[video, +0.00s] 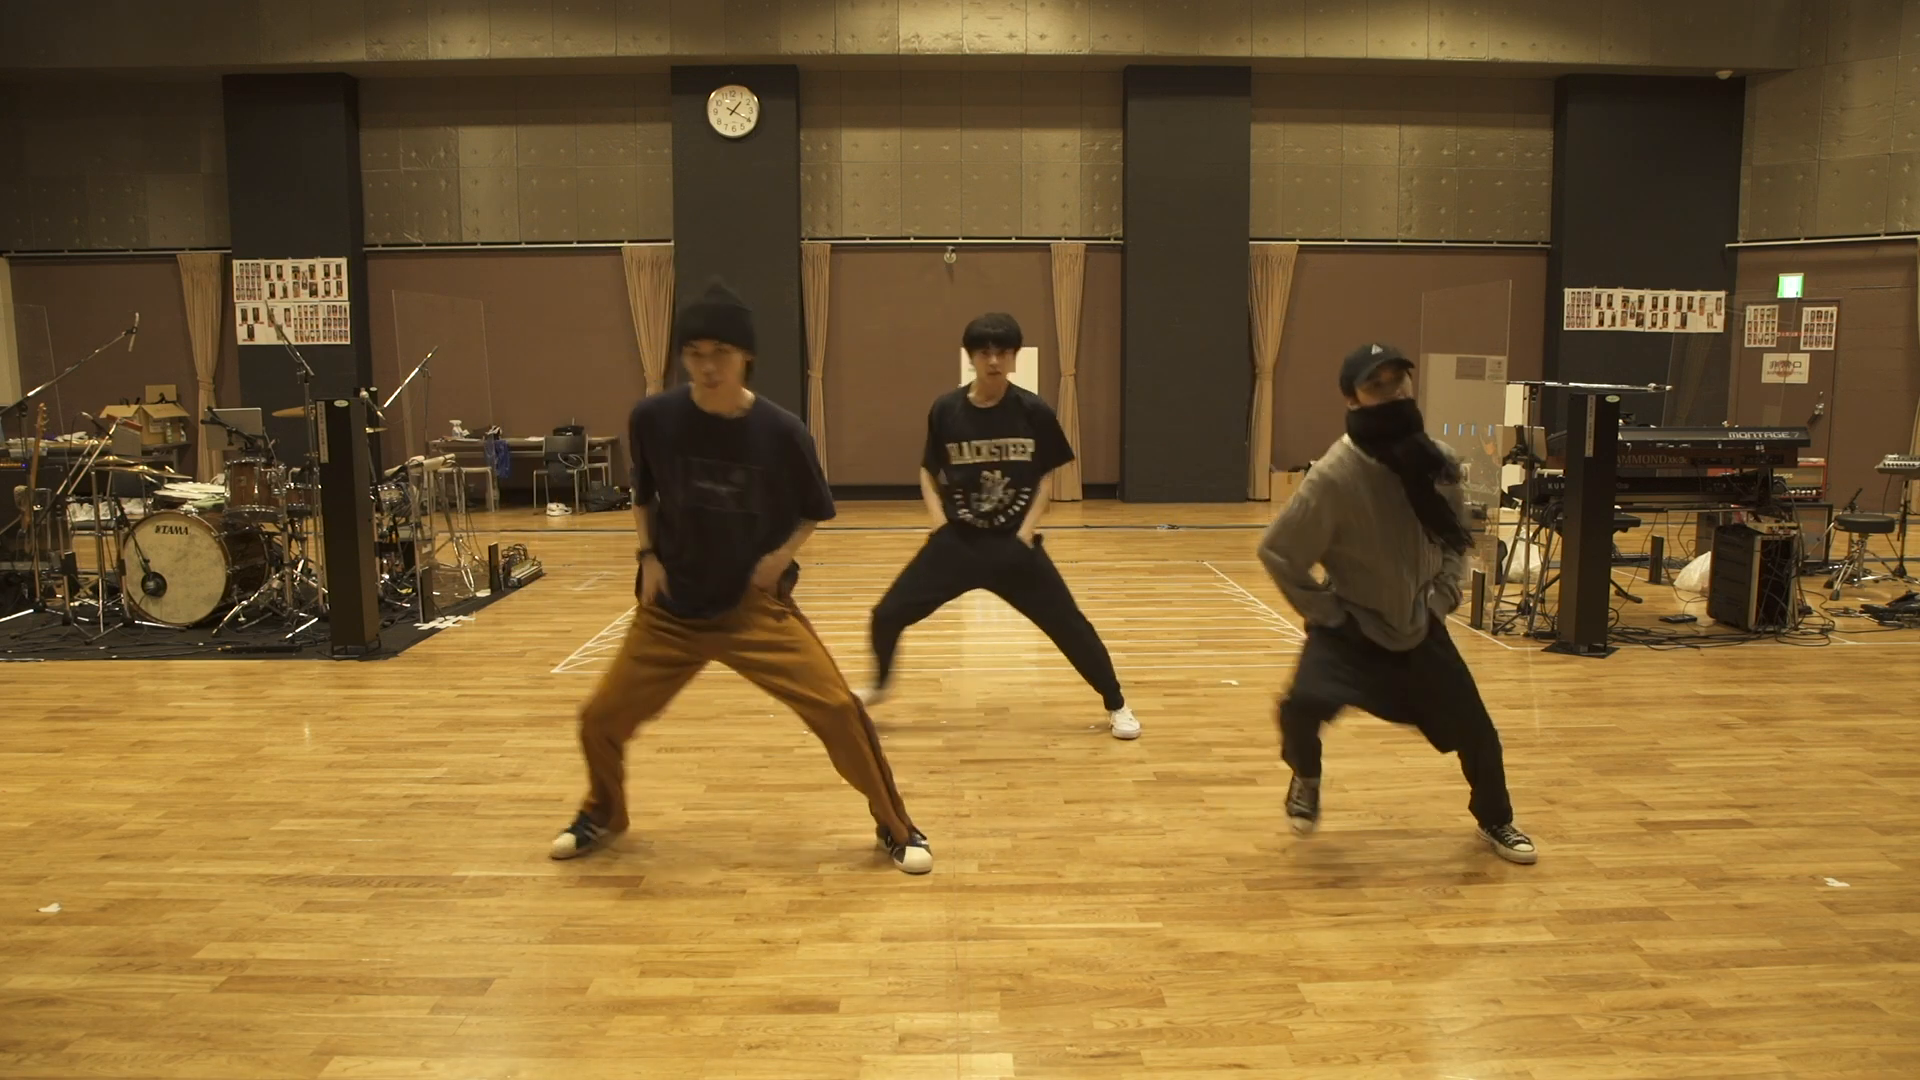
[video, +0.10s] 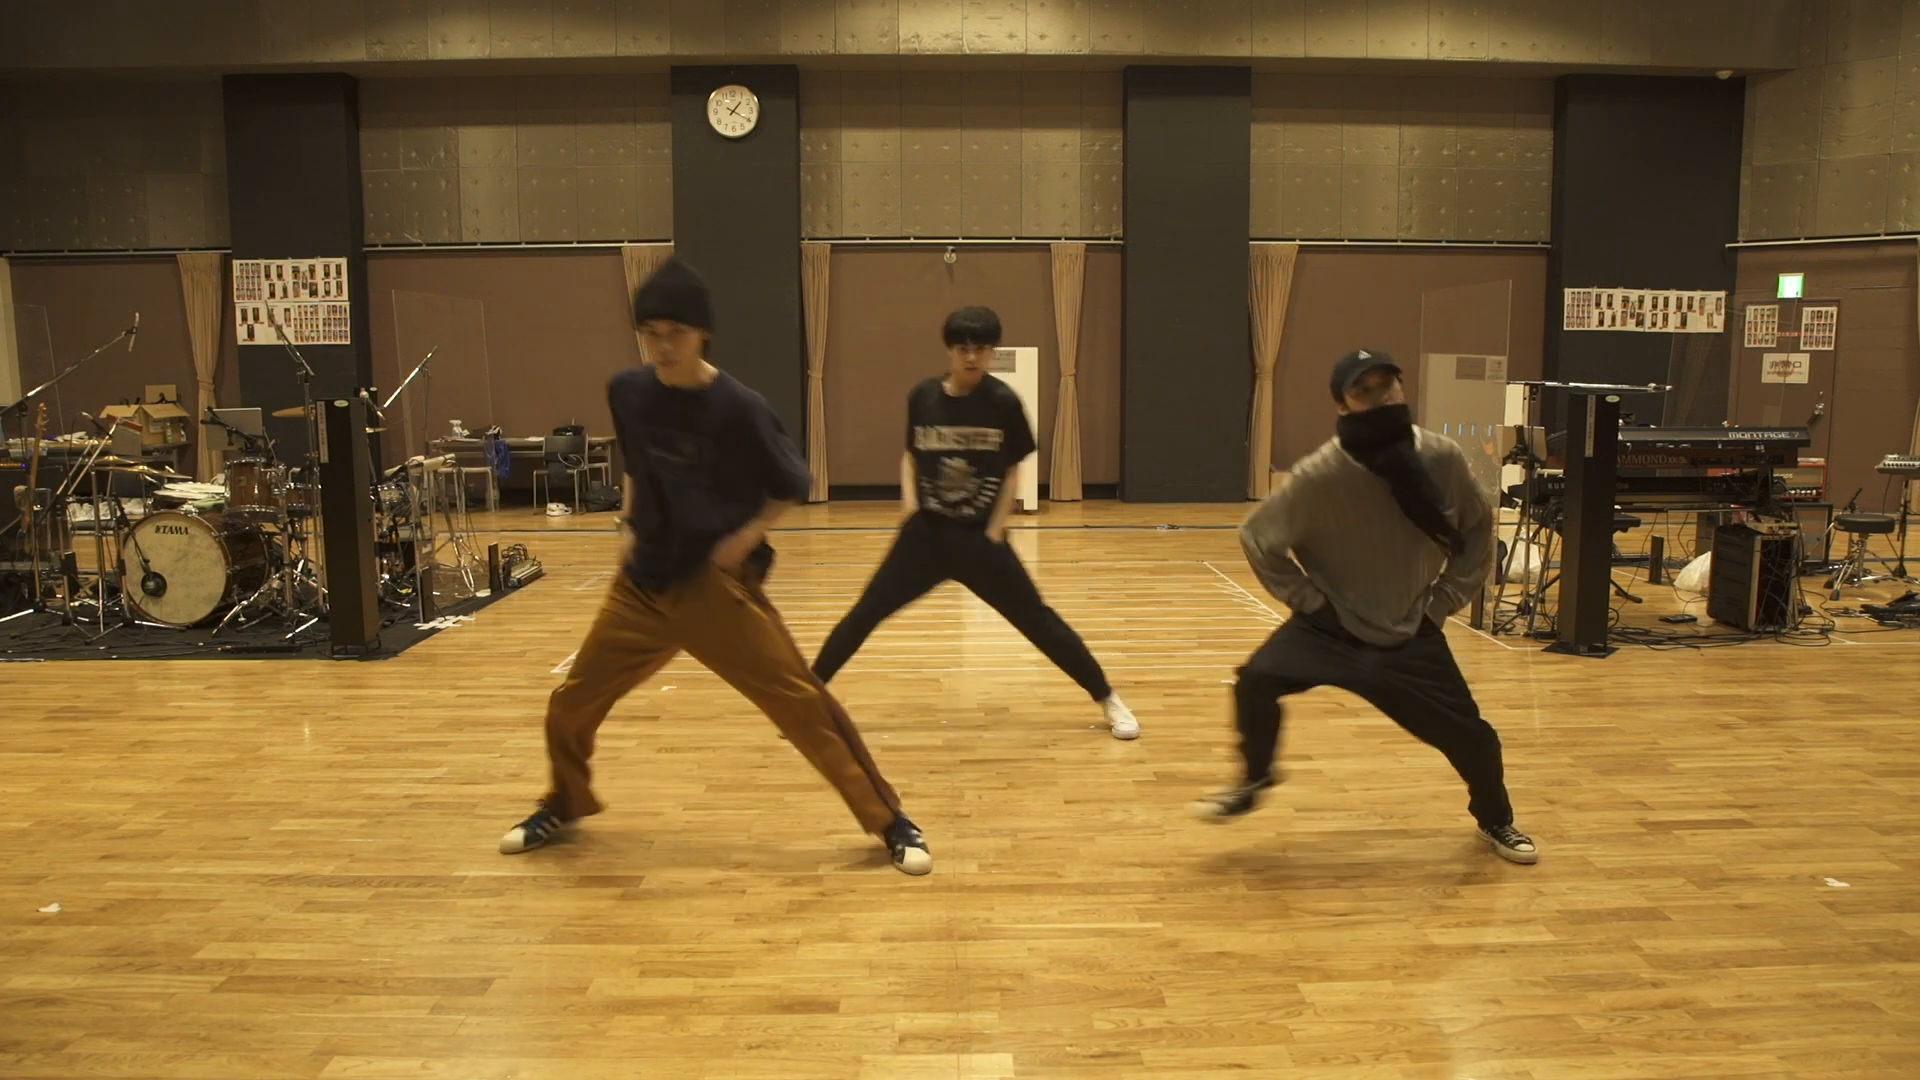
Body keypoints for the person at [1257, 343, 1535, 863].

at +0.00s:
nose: (1395, 393)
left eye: (1400, 381)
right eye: (1378, 386)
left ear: (1412, 387)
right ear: (1353, 399)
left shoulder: (1435, 462)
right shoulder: (1334, 473)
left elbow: (1458, 538)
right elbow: (1277, 551)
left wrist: (1443, 594)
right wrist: (1323, 610)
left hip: (1420, 624)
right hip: (1348, 623)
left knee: (1477, 731)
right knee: (1300, 710)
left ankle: (1497, 820)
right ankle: (1306, 776)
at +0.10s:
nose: (1381, 400)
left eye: (1387, 387)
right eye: (1365, 392)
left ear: (1402, 392)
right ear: (1343, 407)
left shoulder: (1442, 460)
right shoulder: (1318, 476)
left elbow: (1479, 532)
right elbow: (1257, 536)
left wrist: (1438, 605)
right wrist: (1307, 601)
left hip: (1410, 632)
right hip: (1328, 625)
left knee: (1475, 738)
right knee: (1255, 681)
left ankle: (1496, 821)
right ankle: (1255, 777)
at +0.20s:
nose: (1357, 373)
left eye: (1364, 360)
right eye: (1341, 365)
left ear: (1380, 366)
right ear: (1318, 379)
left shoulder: (1413, 433)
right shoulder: (1286, 439)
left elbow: (1448, 517)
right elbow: (1240, 509)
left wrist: (1419, 590)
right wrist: (1284, 582)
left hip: (1389, 621)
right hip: (1306, 617)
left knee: (1446, 723)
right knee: (1215, 695)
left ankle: (1497, 817)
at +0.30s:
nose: (1311, 354)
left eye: (1319, 342)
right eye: (1297, 344)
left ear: (1332, 346)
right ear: (1270, 348)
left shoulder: (1350, 412)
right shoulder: (1227, 396)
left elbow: (1383, 490)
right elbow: (1189, 483)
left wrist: (1357, 564)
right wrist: (1207, 566)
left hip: (1318, 599)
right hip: (1235, 597)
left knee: (1374, 698)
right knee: (1162, 696)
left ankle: (1424, 805)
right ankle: (1138, 833)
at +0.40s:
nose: (1283, 354)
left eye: (1291, 342)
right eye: (1269, 343)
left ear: (1303, 343)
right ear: (1240, 343)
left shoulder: (1316, 408)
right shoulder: (1196, 387)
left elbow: (1331, 498)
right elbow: (1146, 476)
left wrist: (1306, 562)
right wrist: (1168, 559)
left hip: (1275, 589)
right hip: (1195, 586)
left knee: (1320, 703)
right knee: (1130, 699)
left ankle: (1366, 815)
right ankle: (1133, 836)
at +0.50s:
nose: (1243, 358)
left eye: (1253, 347)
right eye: (1230, 347)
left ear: (1267, 345)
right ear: (1203, 343)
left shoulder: (1270, 407)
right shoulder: (1158, 379)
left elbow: (1275, 491)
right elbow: (1106, 468)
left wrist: (1256, 554)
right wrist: (1119, 555)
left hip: (1223, 587)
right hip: (1146, 582)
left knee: (1262, 704)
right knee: (1101, 698)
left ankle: (1301, 820)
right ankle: (1122, 827)